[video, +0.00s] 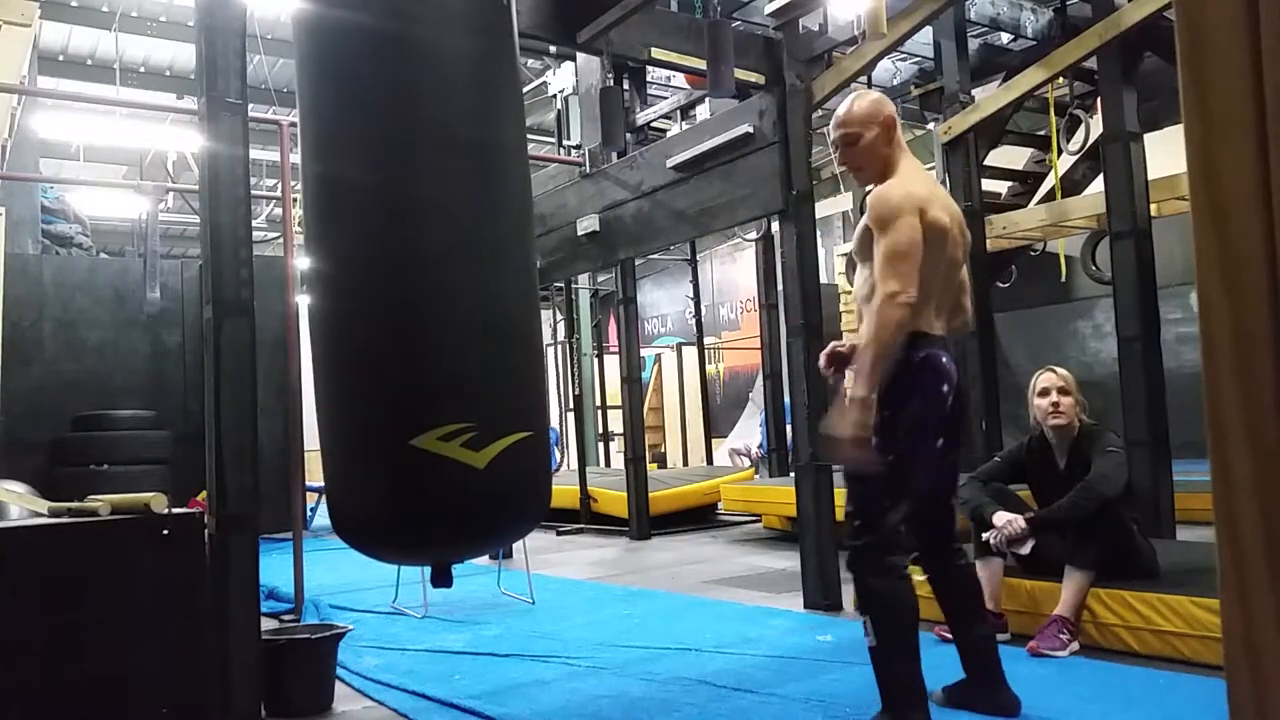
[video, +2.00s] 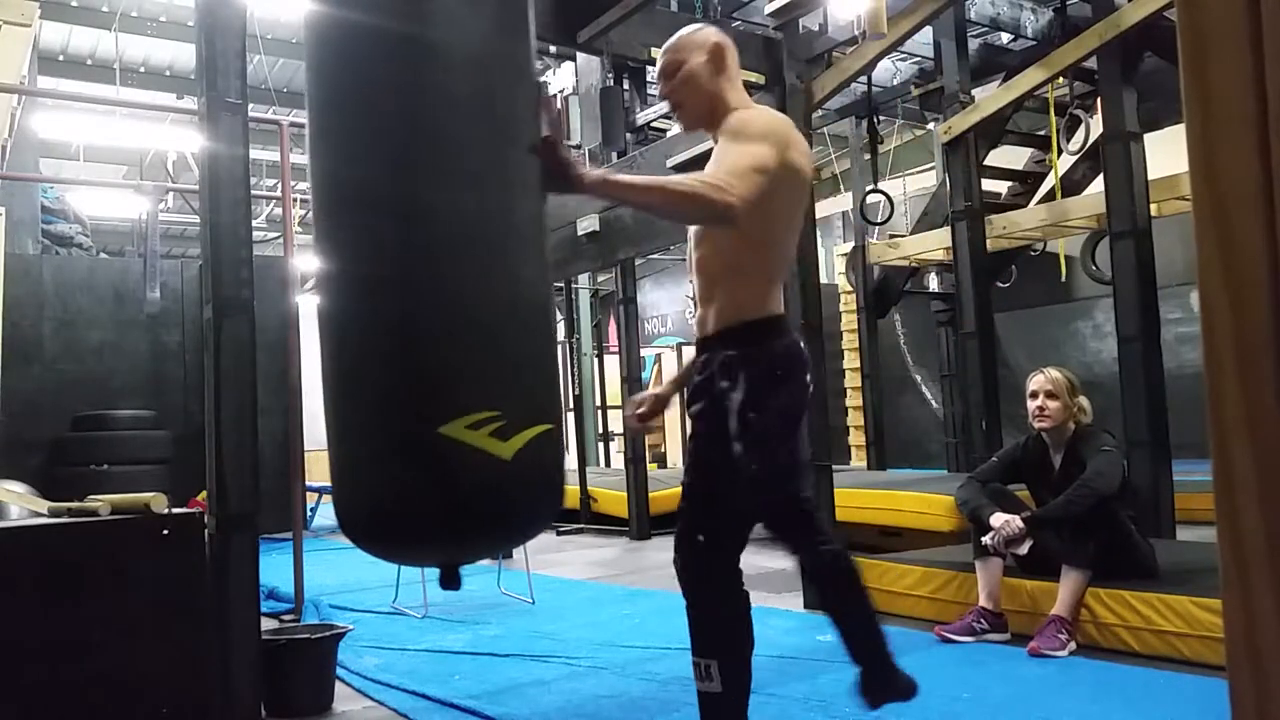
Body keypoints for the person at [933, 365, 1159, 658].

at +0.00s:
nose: (1054, 400)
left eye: (1063, 392)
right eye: (1044, 394)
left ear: (1077, 403)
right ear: (1032, 407)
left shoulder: (1102, 440)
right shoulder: (1030, 449)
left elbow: (1105, 486)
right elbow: (969, 487)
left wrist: (1031, 522)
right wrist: (994, 514)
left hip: (1120, 559)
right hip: (1060, 557)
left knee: (1096, 506)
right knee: (994, 498)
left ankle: (1063, 621)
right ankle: (990, 613)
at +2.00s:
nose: (1040, 404)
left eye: (1051, 396)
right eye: (1034, 397)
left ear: (1072, 406)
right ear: (1026, 406)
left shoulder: (1097, 442)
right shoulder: (1028, 449)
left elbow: (1101, 484)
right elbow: (967, 488)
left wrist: (1028, 521)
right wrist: (992, 516)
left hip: (1118, 560)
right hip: (1059, 555)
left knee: (1089, 505)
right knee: (989, 495)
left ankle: (1061, 621)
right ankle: (988, 612)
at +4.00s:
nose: (1041, 404)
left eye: (1052, 396)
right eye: (1034, 396)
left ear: (1072, 405)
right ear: (1026, 405)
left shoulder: (1098, 443)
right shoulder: (1027, 449)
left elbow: (1099, 485)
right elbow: (968, 488)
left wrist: (1026, 522)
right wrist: (992, 516)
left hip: (1118, 559)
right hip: (1059, 555)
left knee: (1087, 504)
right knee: (988, 495)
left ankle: (1061, 621)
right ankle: (989, 612)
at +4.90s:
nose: (1040, 404)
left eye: (1051, 397)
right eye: (1034, 397)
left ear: (1071, 406)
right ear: (1026, 405)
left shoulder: (1098, 443)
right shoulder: (1027, 449)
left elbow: (1100, 486)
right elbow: (967, 488)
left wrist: (1026, 522)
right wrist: (992, 516)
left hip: (1118, 559)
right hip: (1059, 555)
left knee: (1088, 505)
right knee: (988, 495)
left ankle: (1061, 621)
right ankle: (989, 612)